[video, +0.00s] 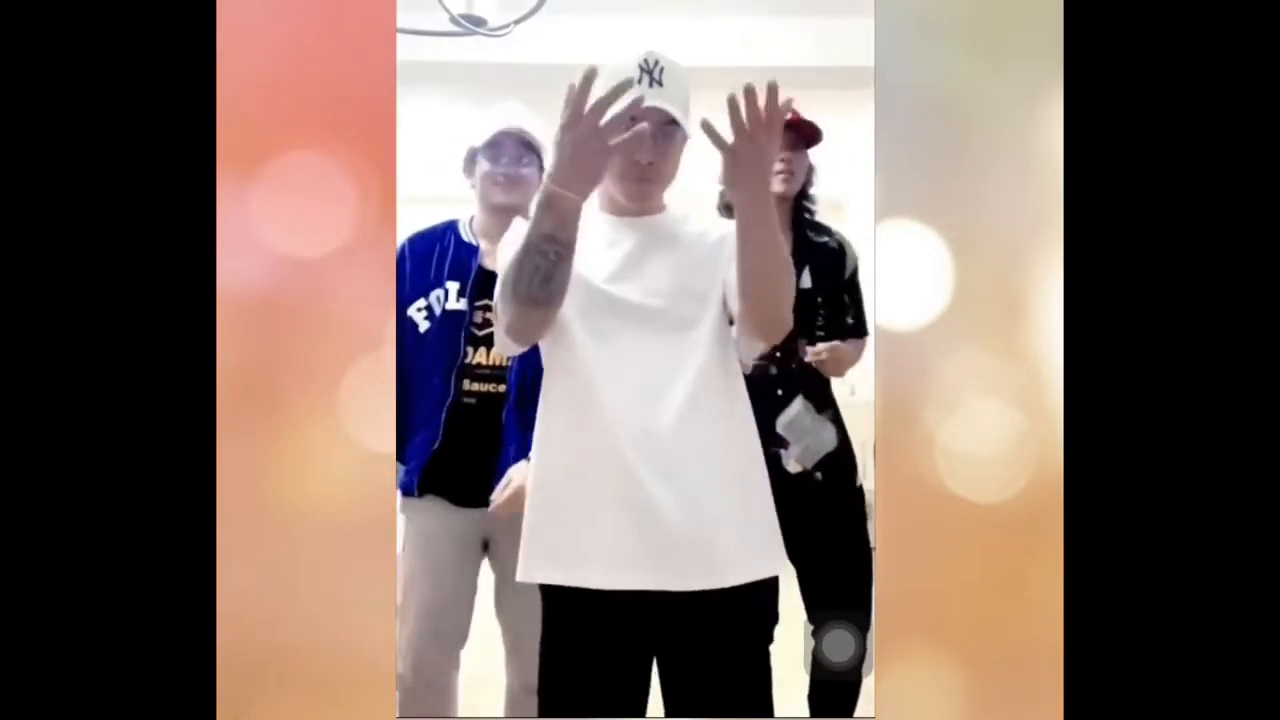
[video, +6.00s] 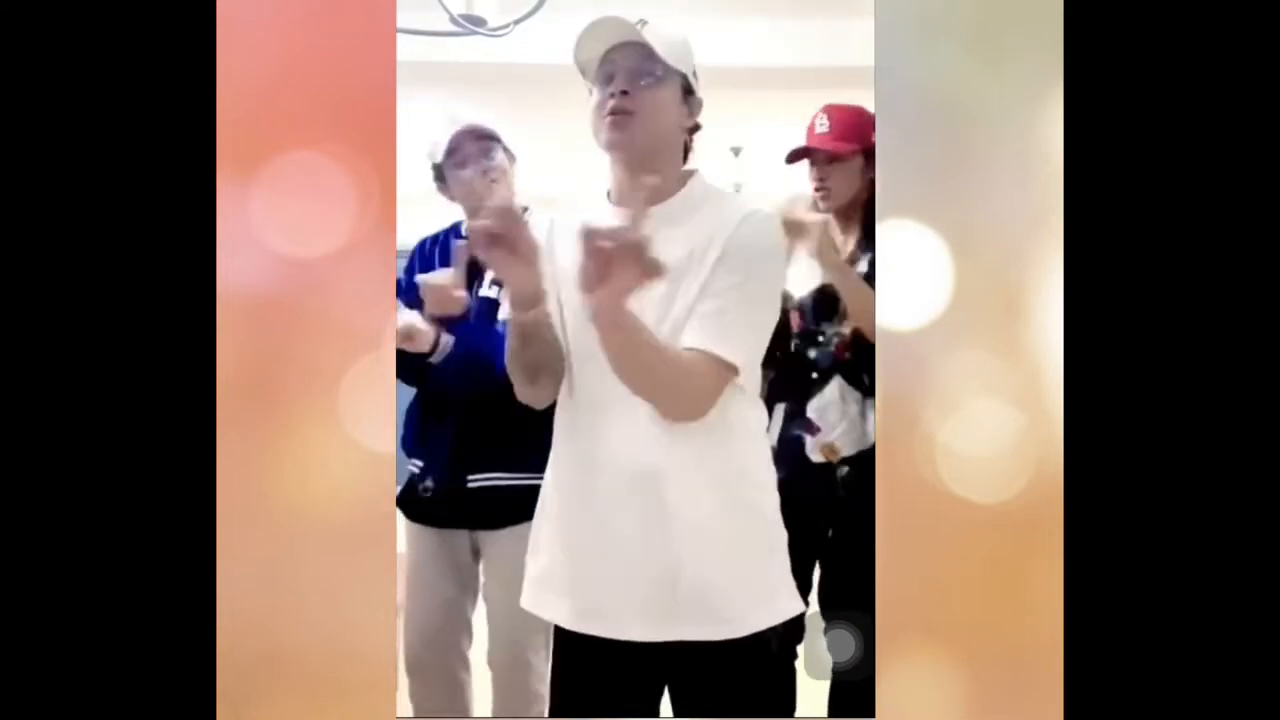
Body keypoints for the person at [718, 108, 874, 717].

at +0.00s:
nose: (786, 163)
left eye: (796, 154)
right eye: (774, 154)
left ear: (809, 167)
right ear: (747, 165)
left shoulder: (826, 247)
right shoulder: (714, 244)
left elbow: (852, 338)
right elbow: (692, 331)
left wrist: (828, 355)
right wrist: (742, 343)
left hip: (811, 438)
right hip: (730, 440)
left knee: (844, 616)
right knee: (741, 614)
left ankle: (831, 718)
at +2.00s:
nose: (794, 154)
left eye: (806, 145)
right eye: (778, 145)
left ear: (821, 164)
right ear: (751, 164)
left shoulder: (856, 258)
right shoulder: (717, 251)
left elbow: (913, 355)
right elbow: (691, 346)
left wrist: (868, 357)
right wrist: (762, 385)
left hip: (835, 478)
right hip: (745, 476)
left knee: (845, 650)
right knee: (749, 643)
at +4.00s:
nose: (800, 156)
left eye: (813, 146)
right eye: (785, 145)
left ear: (829, 161)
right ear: (759, 162)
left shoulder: (866, 248)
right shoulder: (733, 249)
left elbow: (894, 351)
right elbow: (711, 351)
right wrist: (770, 277)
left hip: (850, 460)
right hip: (755, 459)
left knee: (843, 643)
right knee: (758, 633)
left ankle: (834, 716)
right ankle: (770, 712)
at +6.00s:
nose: (818, 173)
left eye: (834, 160)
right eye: (812, 161)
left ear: (869, 168)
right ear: (805, 167)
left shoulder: (893, 247)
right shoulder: (793, 247)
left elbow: (885, 331)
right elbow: (768, 365)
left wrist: (825, 255)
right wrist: (772, 265)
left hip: (862, 470)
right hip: (788, 466)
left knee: (852, 634)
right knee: (769, 625)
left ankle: (853, 717)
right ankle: (761, 714)